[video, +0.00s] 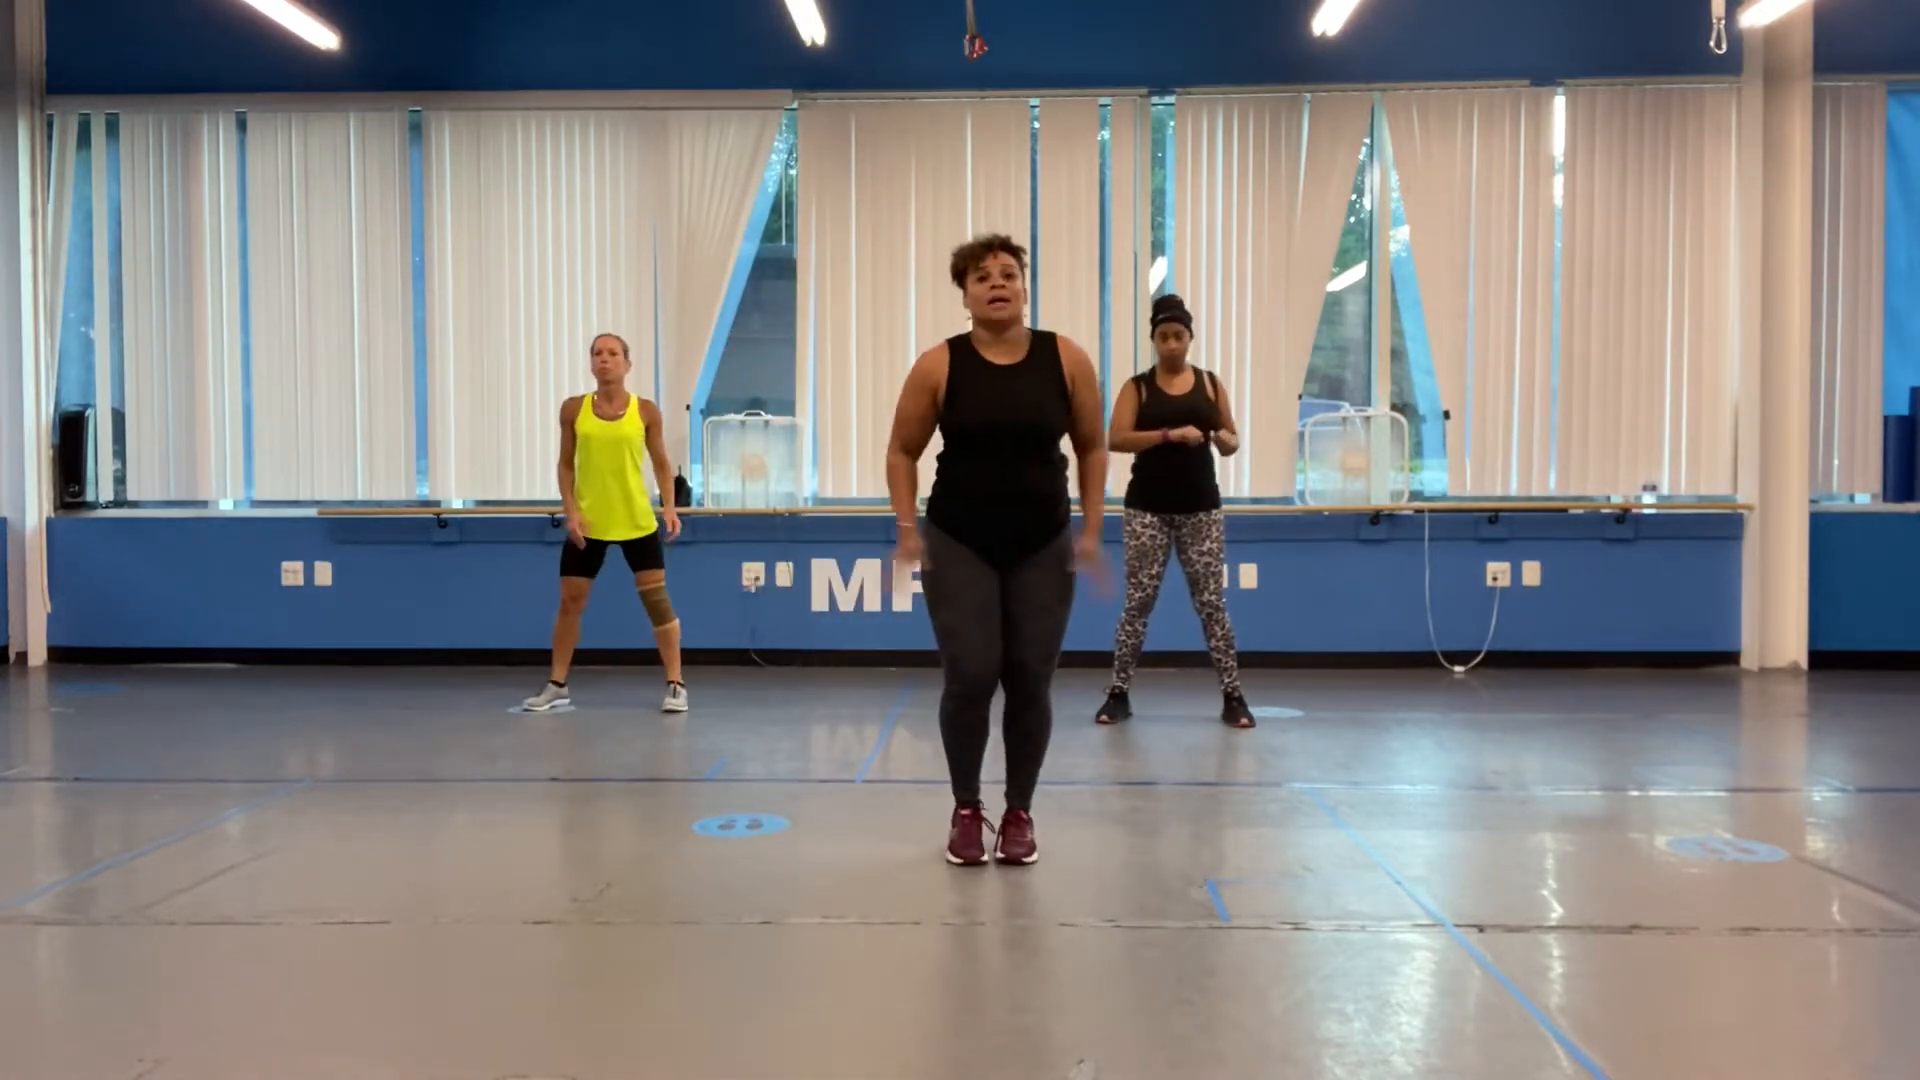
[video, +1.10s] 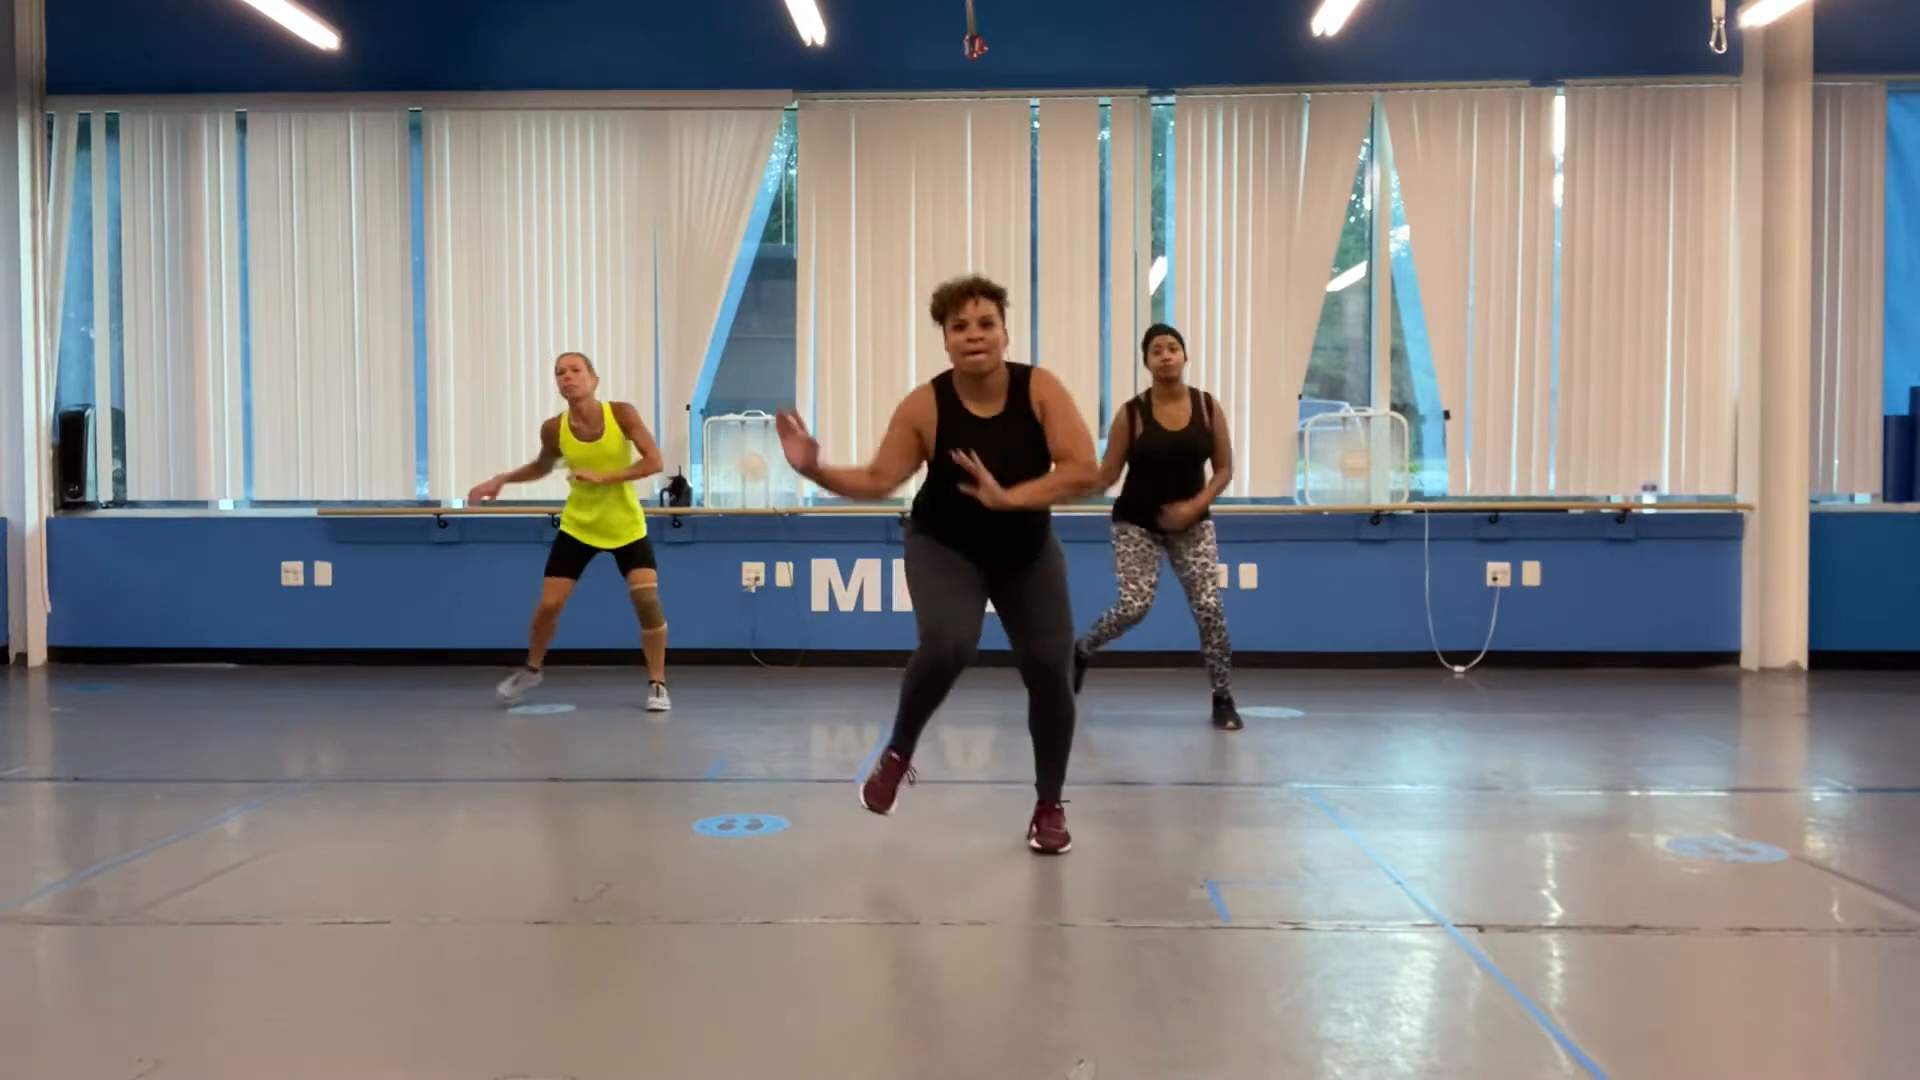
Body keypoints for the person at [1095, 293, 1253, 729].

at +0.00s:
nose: (1172, 342)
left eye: (1179, 335)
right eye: (1164, 336)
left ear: (1190, 339)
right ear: (1154, 340)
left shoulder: (1209, 384)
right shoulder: (1135, 388)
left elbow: (1230, 444)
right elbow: (1117, 439)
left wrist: (1220, 435)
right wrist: (1166, 435)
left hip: (1200, 510)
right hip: (1147, 510)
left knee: (1211, 604)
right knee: (1138, 602)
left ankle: (1232, 695)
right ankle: (1118, 693)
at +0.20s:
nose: (1181, 343)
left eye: (1188, 336)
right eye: (1173, 337)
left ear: (1200, 341)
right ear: (1163, 343)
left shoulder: (1220, 390)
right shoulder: (1145, 393)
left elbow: (1237, 444)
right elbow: (1132, 455)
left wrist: (1249, 483)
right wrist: (1174, 484)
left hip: (1208, 514)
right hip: (1154, 514)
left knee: (1219, 605)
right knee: (1141, 604)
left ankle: (1234, 695)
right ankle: (1119, 693)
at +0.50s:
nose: (1153, 340)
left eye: (1161, 333)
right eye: (1145, 332)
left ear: (1170, 341)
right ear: (1132, 339)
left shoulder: (1183, 388)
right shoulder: (1109, 390)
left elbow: (1225, 429)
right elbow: (1104, 442)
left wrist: (1281, 457)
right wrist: (1160, 426)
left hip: (1182, 510)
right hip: (1129, 513)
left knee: (1204, 600)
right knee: (1109, 602)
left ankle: (1246, 687)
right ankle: (1087, 692)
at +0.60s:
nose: (1142, 347)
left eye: (1150, 340)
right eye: (1135, 339)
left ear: (1159, 349)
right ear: (1120, 345)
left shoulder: (1170, 399)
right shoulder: (1095, 394)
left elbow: (1214, 437)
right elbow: (1076, 440)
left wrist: (1271, 458)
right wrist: (1132, 421)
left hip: (1168, 516)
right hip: (1115, 518)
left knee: (1190, 601)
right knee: (1098, 605)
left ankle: (1249, 665)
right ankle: (1089, 694)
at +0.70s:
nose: (1136, 349)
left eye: (1144, 343)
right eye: (1129, 342)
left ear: (1153, 353)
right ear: (1116, 349)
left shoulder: (1165, 404)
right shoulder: (1090, 399)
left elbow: (1201, 455)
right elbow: (1056, 446)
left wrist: (1248, 490)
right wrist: (1091, 453)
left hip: (1163, 521)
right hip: (1108, 524)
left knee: (1182, 604)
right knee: (1090, 608)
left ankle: (1229, 667)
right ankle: (1088, 695)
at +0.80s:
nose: (1138, 345)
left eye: (1146, 339)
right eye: (1130, 339)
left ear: (1155, 348)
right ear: (1118, 347)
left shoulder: (1170, 402)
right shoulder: (1094, 400)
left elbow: (1194, 456)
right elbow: (1051, 445)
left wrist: (1207, 504)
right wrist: (1044, 487)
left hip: (1162, 518)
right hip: (1107, 519)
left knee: (1184, 605)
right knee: (1097, 607)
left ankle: (1214, 685)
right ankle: (1087, 694)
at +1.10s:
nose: (1166, 356)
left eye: (1172, 349)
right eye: (1157, 351)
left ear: (1185, 357)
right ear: (1146, 362)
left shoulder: (1208, 408)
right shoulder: (1131, 414)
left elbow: (1223, 470)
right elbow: (1107, 474)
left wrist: (1194, 506)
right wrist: (1070, 483)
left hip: (1190, 523)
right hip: (1135, 524)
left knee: (1208, 607)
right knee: (1135, 606)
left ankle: (1222, 697)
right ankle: (1082, 651)